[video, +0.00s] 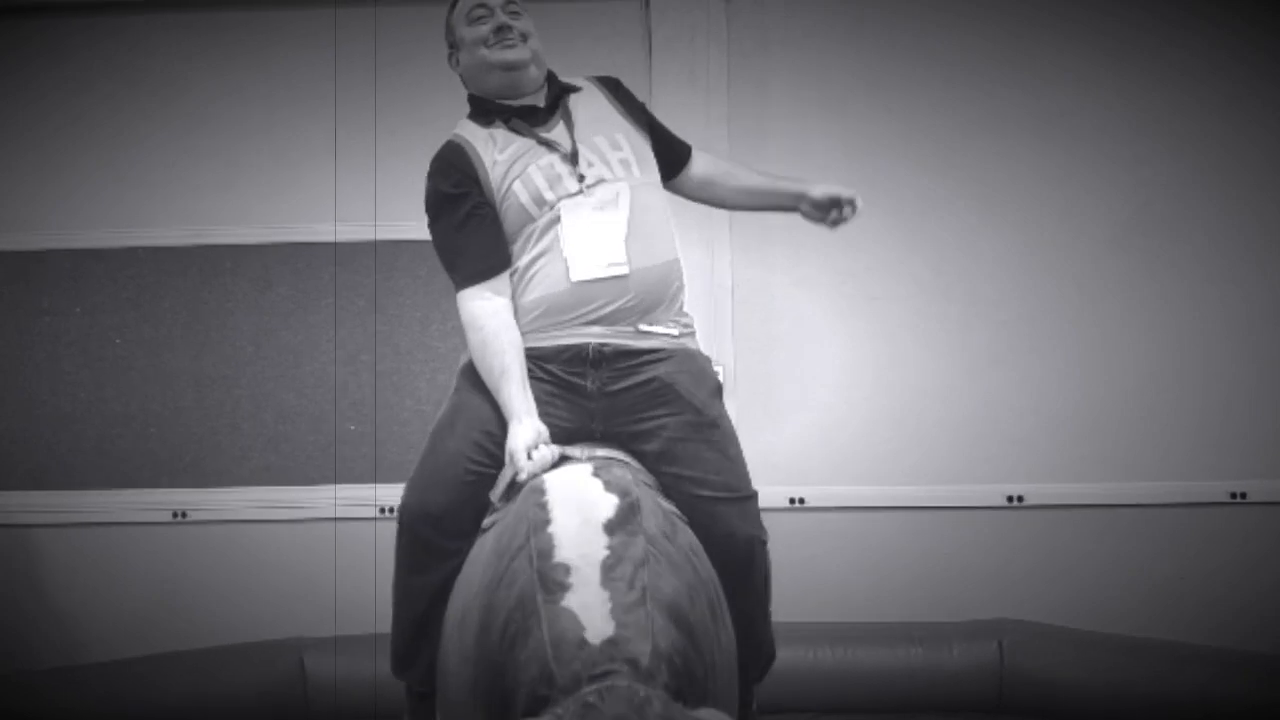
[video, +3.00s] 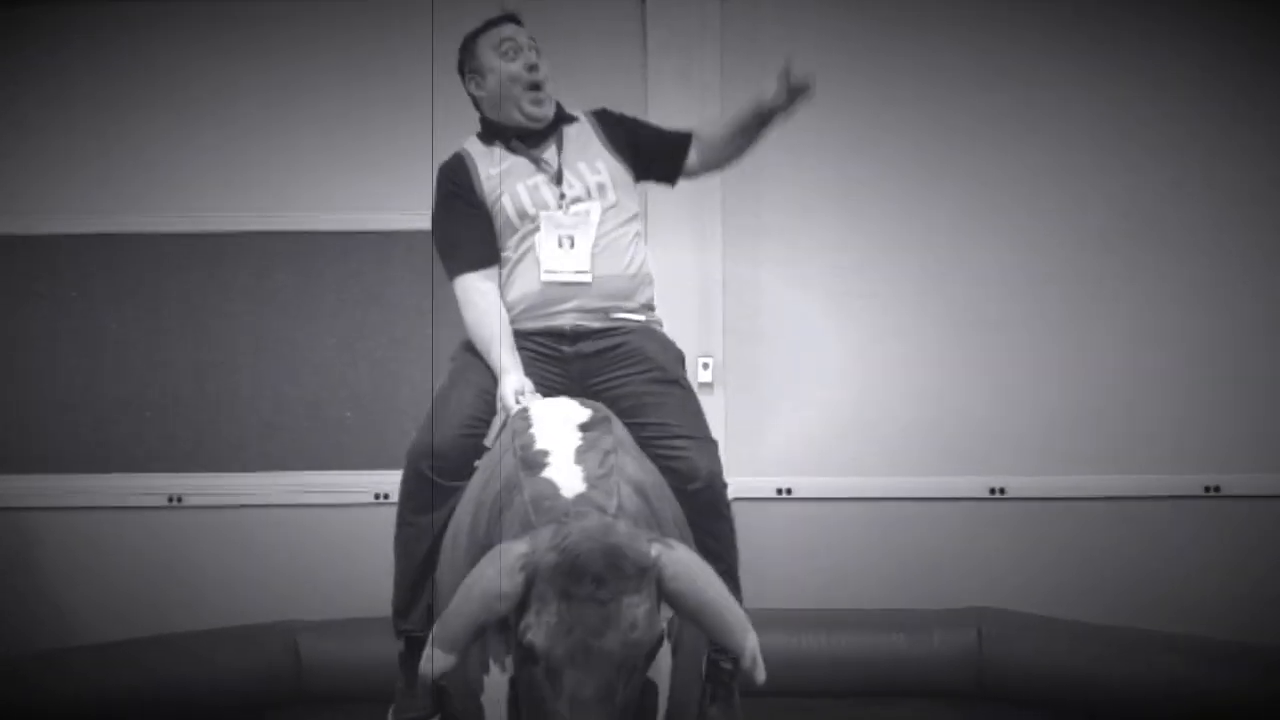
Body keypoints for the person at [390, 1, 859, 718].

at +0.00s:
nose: (503, 20)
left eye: (511, 11)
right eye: (479, 19)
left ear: (535, 32)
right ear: (458, 65)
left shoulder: (606, 99)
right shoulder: (463, 161)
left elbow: (690, 170)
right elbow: (484, 303)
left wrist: (800, 196)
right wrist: (521, 415)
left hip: (659, 362)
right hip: (528, 372)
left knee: (736, 535)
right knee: (429, 513)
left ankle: (739, 695)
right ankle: (424, 695)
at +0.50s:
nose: (498, 62)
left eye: (509, 42)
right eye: (472, 53)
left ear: (539, 58)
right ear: (451, 90)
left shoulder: (619, 120)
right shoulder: (452, 199)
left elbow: (704, 210)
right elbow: (474, 349)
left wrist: (752, 298)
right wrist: (514, 467)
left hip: (656, 413)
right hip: (516, 422)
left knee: (736, 589)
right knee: (415, 563)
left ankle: (750, 715)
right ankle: (408, 713)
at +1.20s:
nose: (513, 133)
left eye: (526, 111)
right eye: (490, 120)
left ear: (552, 118)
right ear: (469, 140)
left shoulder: (622, 181)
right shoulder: (454, 235)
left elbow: (704, 281)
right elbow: (468, 375)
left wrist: (675, 393)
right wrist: (514, 475)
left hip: (647, 437)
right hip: (518, 444)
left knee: (734, 592)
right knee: (412, 564)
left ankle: (748, 716)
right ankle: (405, 713)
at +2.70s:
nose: (545, 112)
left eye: (552, 100)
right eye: (525, 103)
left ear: (566, 116)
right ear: (496, 129)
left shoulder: (609, 178)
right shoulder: (472, 202)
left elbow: (666, 257)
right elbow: (468, 308)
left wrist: (630, 331)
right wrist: (502, 384)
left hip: (615, 363)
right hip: (508, 372)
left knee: (688, 480)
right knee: (432, 469)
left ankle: (716, 665)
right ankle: (420, 664)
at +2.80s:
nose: (536, 92)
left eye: (541, 80)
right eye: (515, 84)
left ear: (556, 94)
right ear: (485, 113)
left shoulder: (607, 158)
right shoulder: (468, 189)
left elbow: (686, 213)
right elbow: (470, 296)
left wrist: (700, 262)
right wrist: (503, 376)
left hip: (618, 352)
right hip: (510, 361)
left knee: (693, 481)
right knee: (433, 464)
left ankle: (719, 659)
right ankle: (418, 660)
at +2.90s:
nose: (535, 77)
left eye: (540, 64)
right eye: (513, 68)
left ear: (554, 81)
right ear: (480, 98)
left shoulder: (609, 144)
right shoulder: (468, 181)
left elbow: (693, 186)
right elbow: (474, 292)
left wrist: (744, 188)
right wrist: (510, 375)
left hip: (625, 345)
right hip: (519, 353)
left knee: (699, 479)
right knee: (436, 460)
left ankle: (722, 664)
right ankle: (419, 653)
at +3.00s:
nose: (533, 64)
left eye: (534, 51)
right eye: (509, 56)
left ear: (547, 65)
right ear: (474, 87)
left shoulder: (605, 132)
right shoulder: (466, 172)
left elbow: (699, 155)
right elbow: (474, 284)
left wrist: (765, 111)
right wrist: (508, 371)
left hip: (626, 339)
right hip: (519, 346)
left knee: (700, 476)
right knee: (434, 456)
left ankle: (725, 663)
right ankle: (418, 652)